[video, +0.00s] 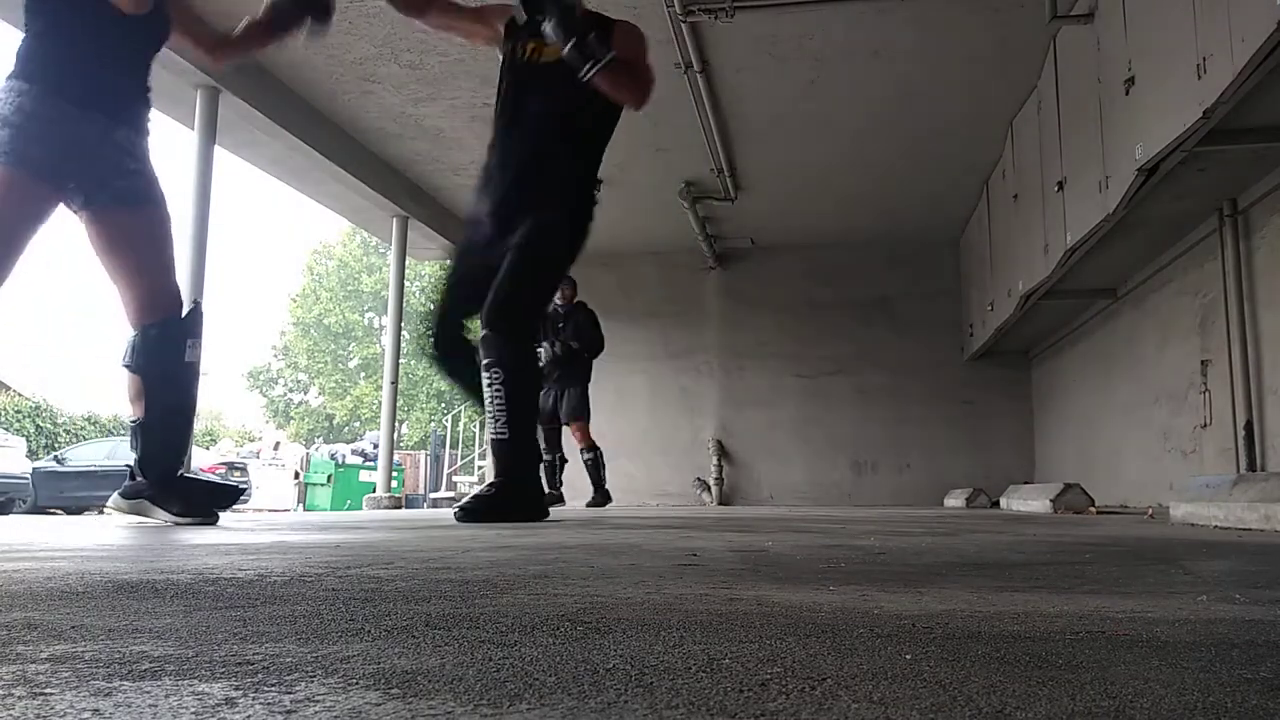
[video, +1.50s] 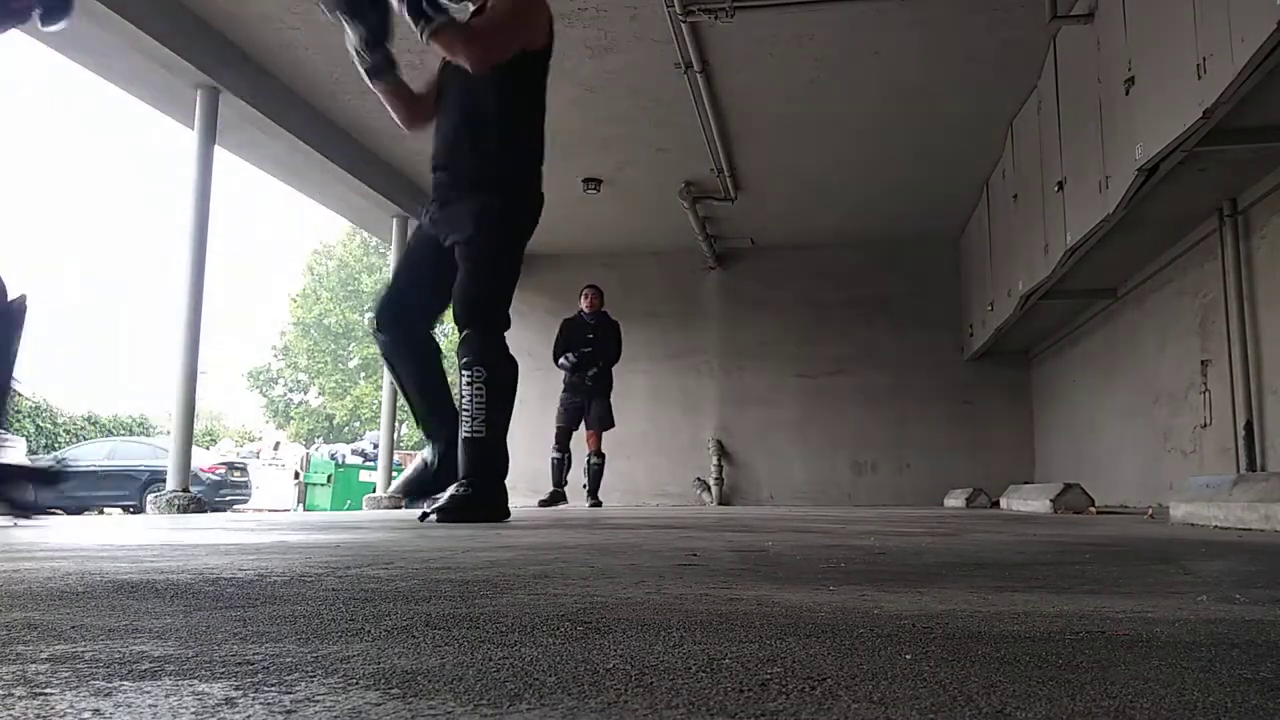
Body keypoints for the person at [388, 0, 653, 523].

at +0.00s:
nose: (540, 3)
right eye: (533, 3)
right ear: (528, 0)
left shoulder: (619, 34)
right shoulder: (511, 24)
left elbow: (635, 94)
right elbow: (427, 10)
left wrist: (574, 41)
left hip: (556, 210)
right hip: (494, 207)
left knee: (504, 325)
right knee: (447, 338)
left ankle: (518, 485)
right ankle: (519, 418)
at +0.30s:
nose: (543, 13)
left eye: (553, 7)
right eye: (542, 9)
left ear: (591, 9)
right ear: (545, 11)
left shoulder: (624, 64)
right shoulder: (519, 48)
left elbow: (615, 103)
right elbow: (498, 56)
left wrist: (567, 38)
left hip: (506, 217)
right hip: (435, 169)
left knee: (492, 348)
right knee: (293, 176)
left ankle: (480, 487)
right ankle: (134, 210)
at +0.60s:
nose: (511, 9)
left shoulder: (612, 44)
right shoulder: (504, 30)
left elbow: (591, 86)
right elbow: (457, 86)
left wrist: (531, 27)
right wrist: (400, 63)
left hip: (506, 202)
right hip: (446, 167)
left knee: (493, 341)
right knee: (340, 137)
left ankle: (484, 485)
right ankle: (300, 286)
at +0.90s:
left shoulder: (603, 38)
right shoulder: (494, 21)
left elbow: (580, 88)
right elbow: (425, 71)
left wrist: (524, 29)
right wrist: (371, 26)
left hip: (495, 205)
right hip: (435, 161)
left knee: (488, 342)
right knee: (325, 92)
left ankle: (481, 485)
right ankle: (288, 236)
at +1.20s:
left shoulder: (568, 12)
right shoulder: (473, 28)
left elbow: (501, 33)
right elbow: (384, 60)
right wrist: (314, 21)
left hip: (512, 199)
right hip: (456, 185)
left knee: (482, 333)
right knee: (337, 187)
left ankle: (484, 488)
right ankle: (399, 310)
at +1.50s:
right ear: (474, 4)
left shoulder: (526, 8)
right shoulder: (464, 41)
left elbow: (474, 52)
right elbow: (413, 113)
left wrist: (417, 10)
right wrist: (372, 53)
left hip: (500, 199)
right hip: (448, 206)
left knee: (478, 323)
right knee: (397, 319)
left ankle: (485, 488)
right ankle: (448, 448)